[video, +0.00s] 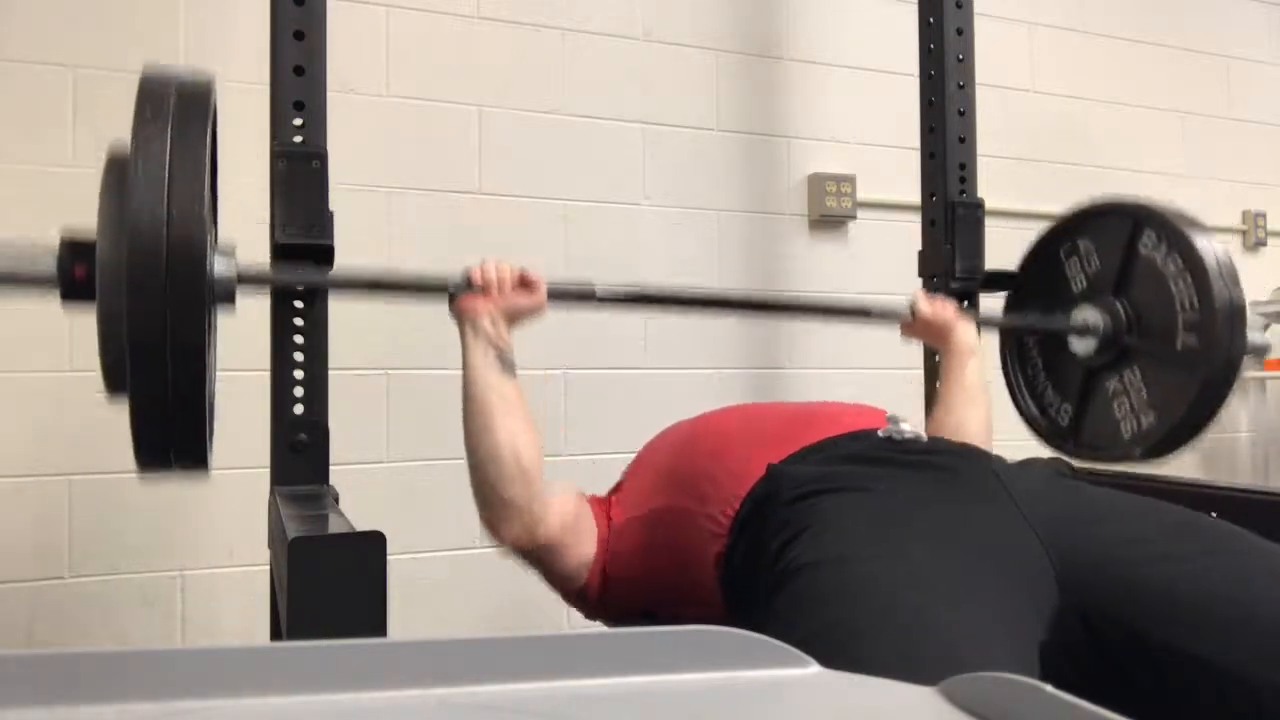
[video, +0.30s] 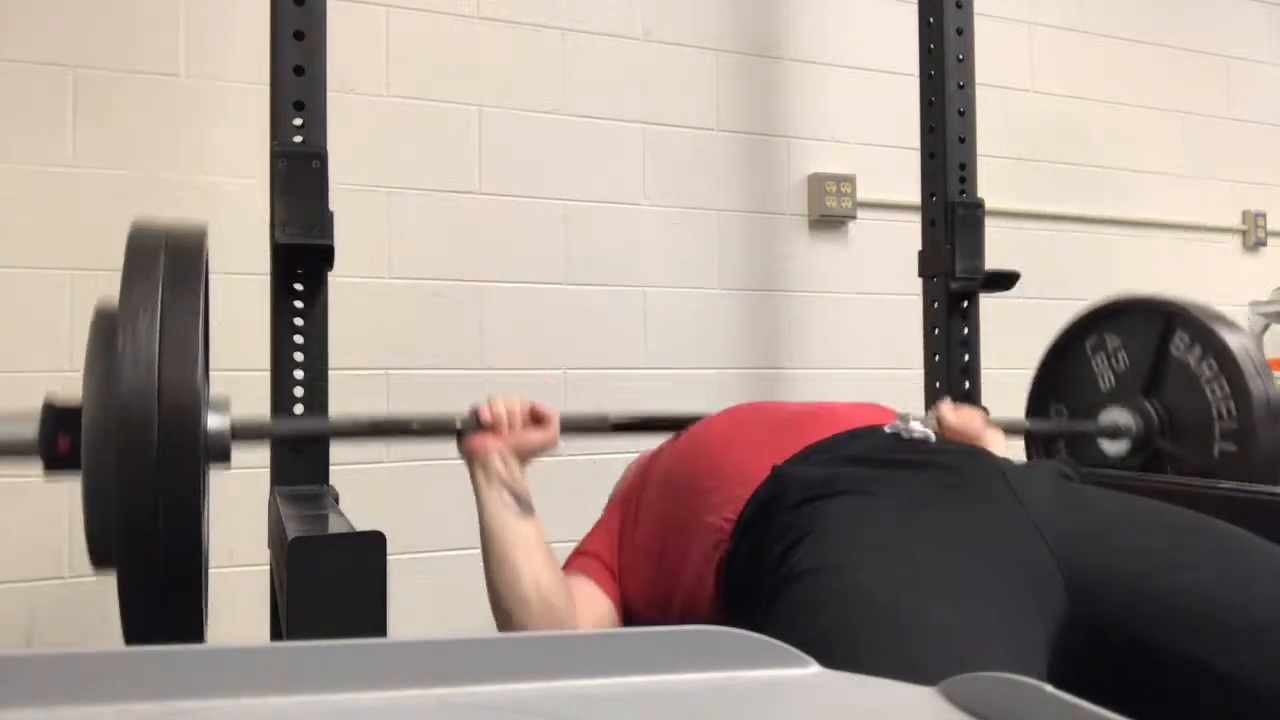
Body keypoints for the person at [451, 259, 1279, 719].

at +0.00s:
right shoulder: (615, 543)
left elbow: (961, 468)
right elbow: (519, 508)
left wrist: (962, 347)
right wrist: (483, 340)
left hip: (1032, 488)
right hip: (852, 504)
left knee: (1273, 619)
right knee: (929, 680)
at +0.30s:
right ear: (647, 481)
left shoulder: (865, 422)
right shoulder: (625, 531)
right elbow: (551, 629)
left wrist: (986, 451)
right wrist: (499, 483)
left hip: (1035, 487)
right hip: (858, 504)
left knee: (1273, 608)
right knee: (932, 686)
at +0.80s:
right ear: (643, 492)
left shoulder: (863, 439)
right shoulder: (617, 544)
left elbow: (965, 464)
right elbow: (516, 505)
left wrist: (966, 339)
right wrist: (485, 342)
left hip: (1043, 482)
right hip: (857, 505)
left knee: (1273, 620)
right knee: (934, 673)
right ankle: (977, 703)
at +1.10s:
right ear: (623, 490)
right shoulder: (609, 532)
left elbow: (925, 425)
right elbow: (521, 432)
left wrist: (950, 288)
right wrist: (480, 270)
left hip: (1010, 480)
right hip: (842, 498)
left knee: (1276, 614)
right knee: (928, 689)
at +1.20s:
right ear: (628, 499)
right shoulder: (612, 536)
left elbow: (949, 443)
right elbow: (519, 476)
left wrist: (952, 319)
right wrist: (480, 308)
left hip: (1023, 481)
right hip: (842, 502)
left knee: (1272, 610)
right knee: (935, 699)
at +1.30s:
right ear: (648, 492)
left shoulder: (865, 440)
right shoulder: (620, 539)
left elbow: (970, 470)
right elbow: (519, 531)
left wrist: (962, 355)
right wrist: (484, 363)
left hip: (1038, 487)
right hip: (852, 507)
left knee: (1271, 617)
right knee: (940, 687)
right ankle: (982, 696)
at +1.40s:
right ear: (657, 494)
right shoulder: (633, 525)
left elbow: (1000, 495)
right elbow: (532, 585)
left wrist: (975, 399)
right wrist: (488, 410)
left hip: (1009, 479)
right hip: (848, 501)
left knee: (1270, 608)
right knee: (942, 682)